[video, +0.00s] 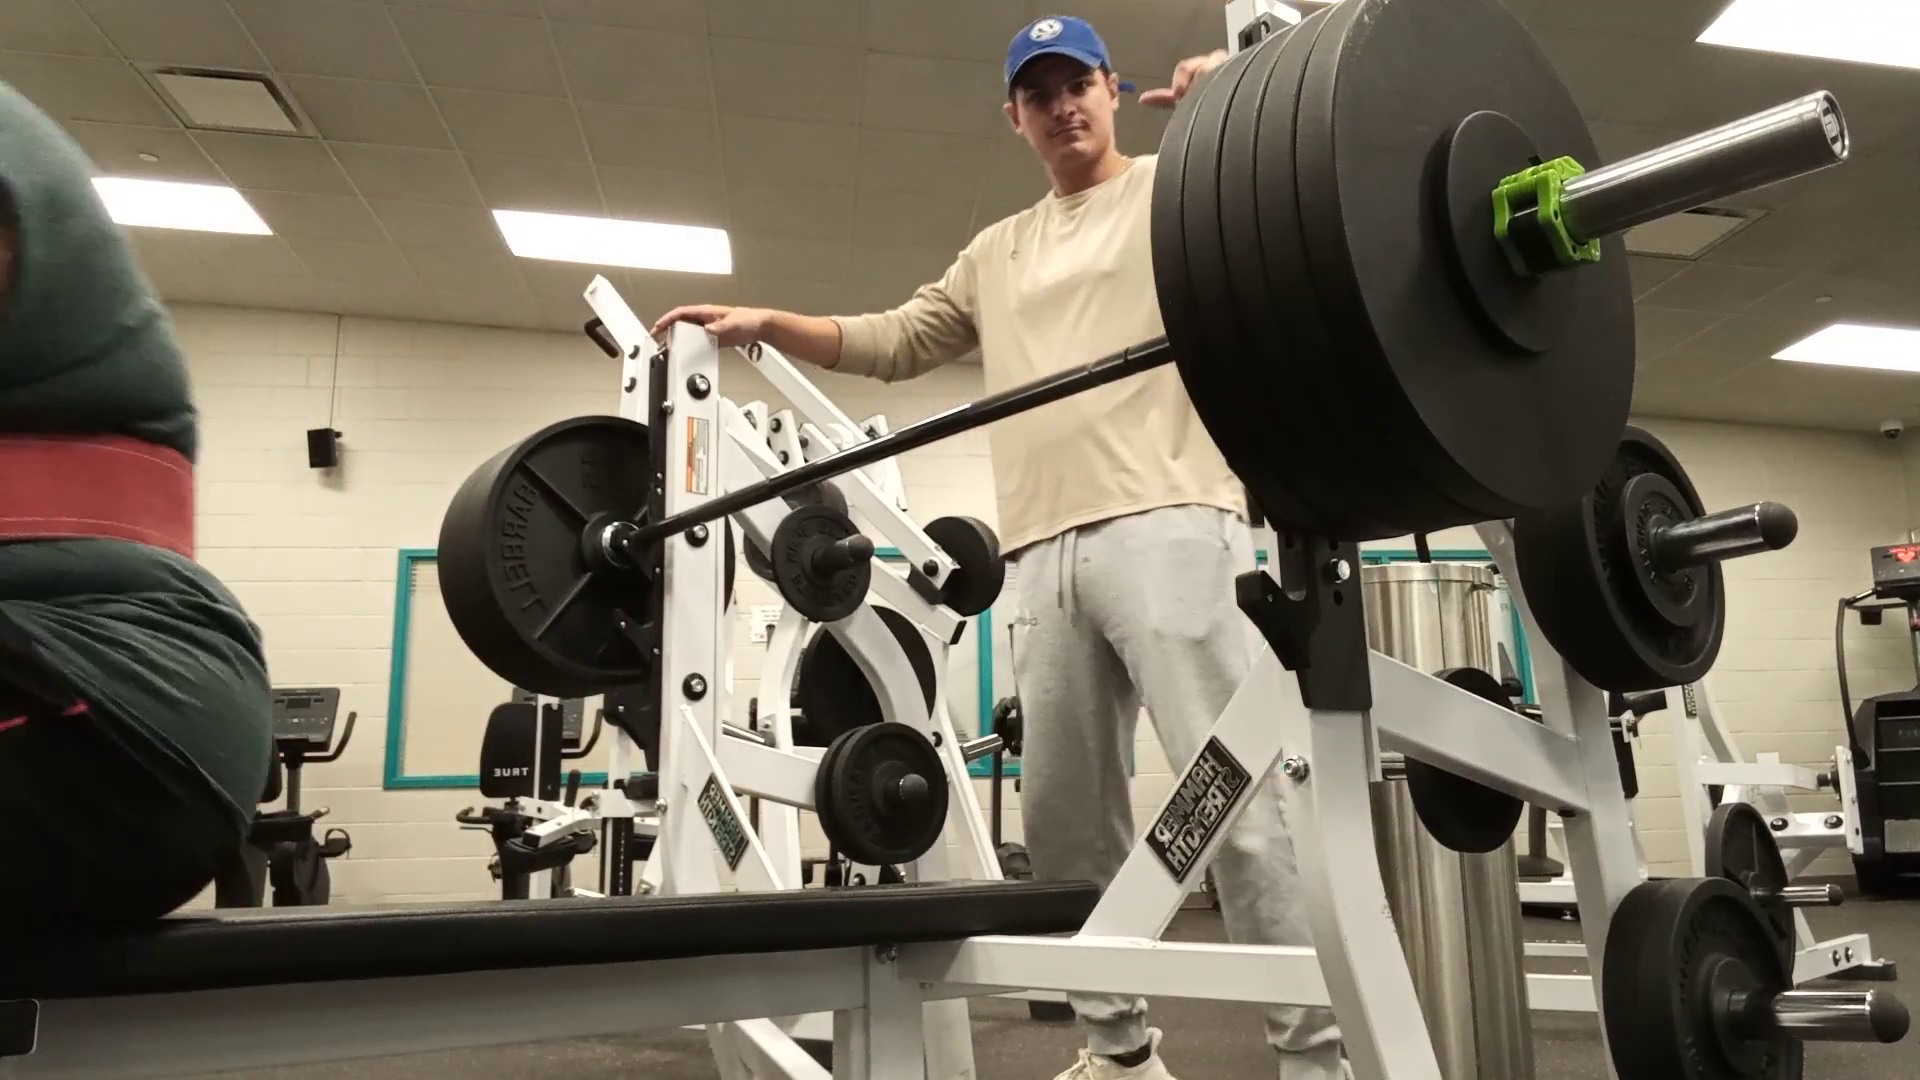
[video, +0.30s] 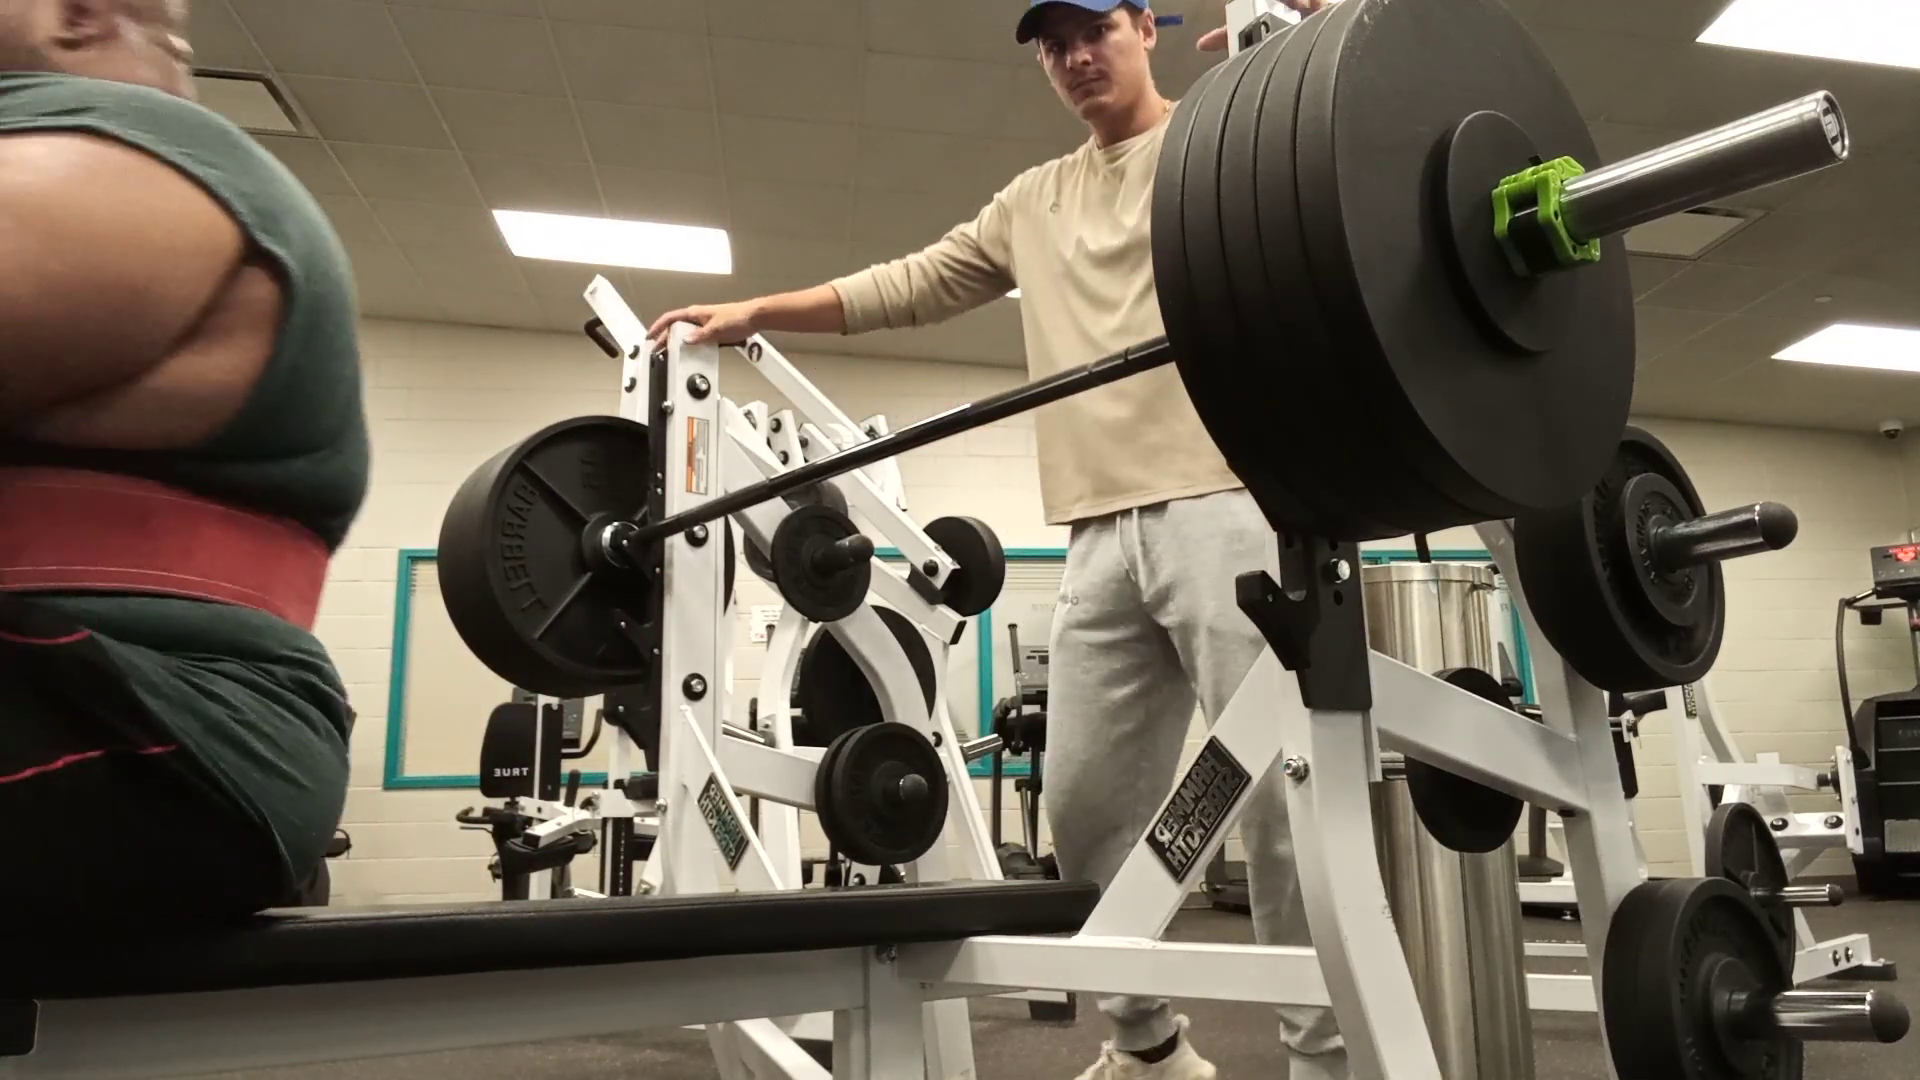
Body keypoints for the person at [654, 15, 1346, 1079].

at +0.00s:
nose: (1062, 107)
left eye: (1077, 86)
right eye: (1040, 95)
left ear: (1116, 94)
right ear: (1017, 120)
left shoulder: (1178, 184)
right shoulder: (995, 251)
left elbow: (1281, 169)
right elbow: (900, 337)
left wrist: (1230, 81)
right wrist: (759, 321)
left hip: (1170, 517)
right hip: (1041, 546)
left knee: (1239, 793)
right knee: (1066, 810)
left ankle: (1315, 1051)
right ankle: (1118, 1044)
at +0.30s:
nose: (1075, 55)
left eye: (1092, 29)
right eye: (1053, 42)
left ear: (1146, 29)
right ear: (1040, 64)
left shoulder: (1215, 135)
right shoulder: (1030, 198)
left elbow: (1330, 174)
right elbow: (912, 283)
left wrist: (1289, 55)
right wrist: (750, 310)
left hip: (1221, 507)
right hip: (1096, 535)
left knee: (1277, 795)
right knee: (1086, 812)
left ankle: (1326, 1047)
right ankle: (1149, 1045)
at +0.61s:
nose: (1042, 47)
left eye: (1059, 19)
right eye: (1023, 33)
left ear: (1119, 6)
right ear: (1014, 44)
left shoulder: (1206, 102)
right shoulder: (1018, 174)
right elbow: (897, 266)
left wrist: (1287, 45)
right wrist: (735, 311)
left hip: (1230, 506)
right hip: (1106, 530)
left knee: (1273, 799)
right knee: (1160, 804)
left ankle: (1324, 1044)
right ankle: (1248, 1044)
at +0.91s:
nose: (990, 71)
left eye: (1003, 40)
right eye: (982, 52)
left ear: (1077, 14)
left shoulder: (1191, 93)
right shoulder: (1010, 182)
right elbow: (896, 267)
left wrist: (1282, 39)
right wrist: (735, 310)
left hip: (1215, 509)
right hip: (1101, 534)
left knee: (1255, 802)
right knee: (1158, 815)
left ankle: (1323, 1051)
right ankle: (1262, 1052)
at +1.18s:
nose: (985, 88)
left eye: (995, 59)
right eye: (976, 74)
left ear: (1065, 26)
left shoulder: (1189, 102)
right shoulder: (1013, 193)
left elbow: (1318, 116)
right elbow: (897, 275)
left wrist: (1287, 44)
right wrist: (736, 310)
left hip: (1209, 504)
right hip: (1100, 534)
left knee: (1147, 744)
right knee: (1151, 797)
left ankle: (1278, 1039)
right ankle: (1264, 1048)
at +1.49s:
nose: (982, 94)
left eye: (990, 66)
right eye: (974, 78)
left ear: (1058, 31)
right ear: (1038, 50)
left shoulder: (1191, 104)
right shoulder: (1012, 195)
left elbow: (1325, 115)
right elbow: (899, 276)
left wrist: (1294, 38)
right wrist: (737, 309)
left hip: (1202, 508)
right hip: (1097, 530)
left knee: (1131, 795)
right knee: (1181, 807)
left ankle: (1106, 1059)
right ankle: (1263, 1057)